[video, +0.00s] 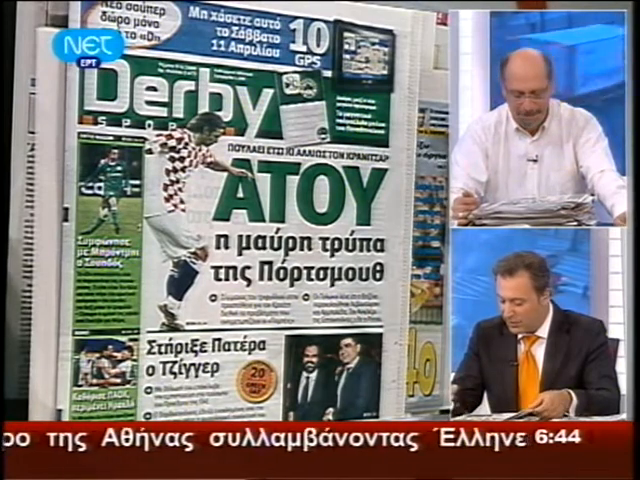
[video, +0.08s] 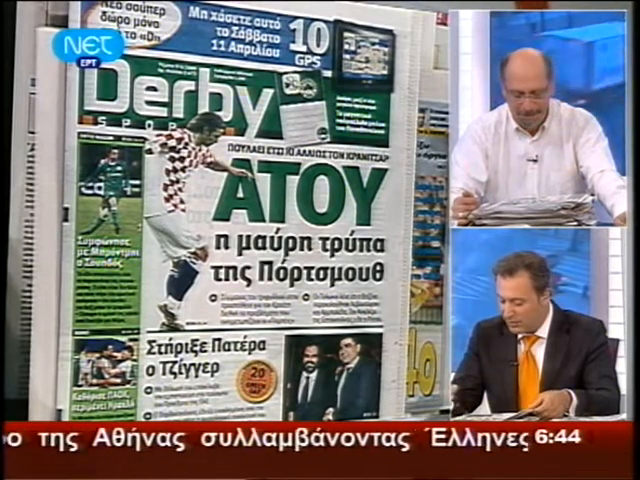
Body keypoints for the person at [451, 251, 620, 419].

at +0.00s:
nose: (507, 313)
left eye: (518, 303)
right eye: (502, 302)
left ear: (545, 297)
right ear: (497, 297)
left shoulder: (588, 333)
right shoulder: (486, 334)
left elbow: (610, 402)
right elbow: (462, 401)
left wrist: (569, 400)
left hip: (569, 452)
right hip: (505, 451)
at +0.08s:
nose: (507, 313)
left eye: (518, 303)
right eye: (502, 302)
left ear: (545, 297)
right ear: (497, 297)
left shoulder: (588, 333)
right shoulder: (486, 334)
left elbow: (610, 402)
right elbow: (462, 401)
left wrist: (569, 400)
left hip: (569, 452)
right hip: (505, 451)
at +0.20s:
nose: (507, 312)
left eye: (518, 303)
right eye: (502, 302)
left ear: (545, 297)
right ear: (497, 297)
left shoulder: (588, 332)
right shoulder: (486, 334)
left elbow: (610, 402)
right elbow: (463, 401)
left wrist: (569, 400)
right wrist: (450, 397)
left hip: (569, 452)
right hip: (504, 451)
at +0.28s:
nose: (508, 312)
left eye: (518, 303)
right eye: (502, 302)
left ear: (545, 297)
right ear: (497, 297)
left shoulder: (588, 332)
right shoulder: (486, 334)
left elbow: (610, 402)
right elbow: (463, 401)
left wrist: (569, 400)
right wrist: (450, 397)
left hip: (569, 452)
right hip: (505, 450)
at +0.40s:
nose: (508, 312)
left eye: (518, 302)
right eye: (503, 301)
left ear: (545, 297)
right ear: (497, 297)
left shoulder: (588, 332)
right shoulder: (486, 334)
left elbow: (610, 402)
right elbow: (464, 401)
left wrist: (569, 400)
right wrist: (451, 397)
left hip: (569, 453)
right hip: (505, 451)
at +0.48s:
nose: (508, 312)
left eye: (518, 302)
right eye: (503, 301)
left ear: (545, 297)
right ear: (497, 297)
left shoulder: (588, 332)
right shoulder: (486, 334)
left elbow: (610, 402)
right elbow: (463, 401)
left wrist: (569, 400)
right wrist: (451, 396)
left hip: (569, 453)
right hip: (504, 451)